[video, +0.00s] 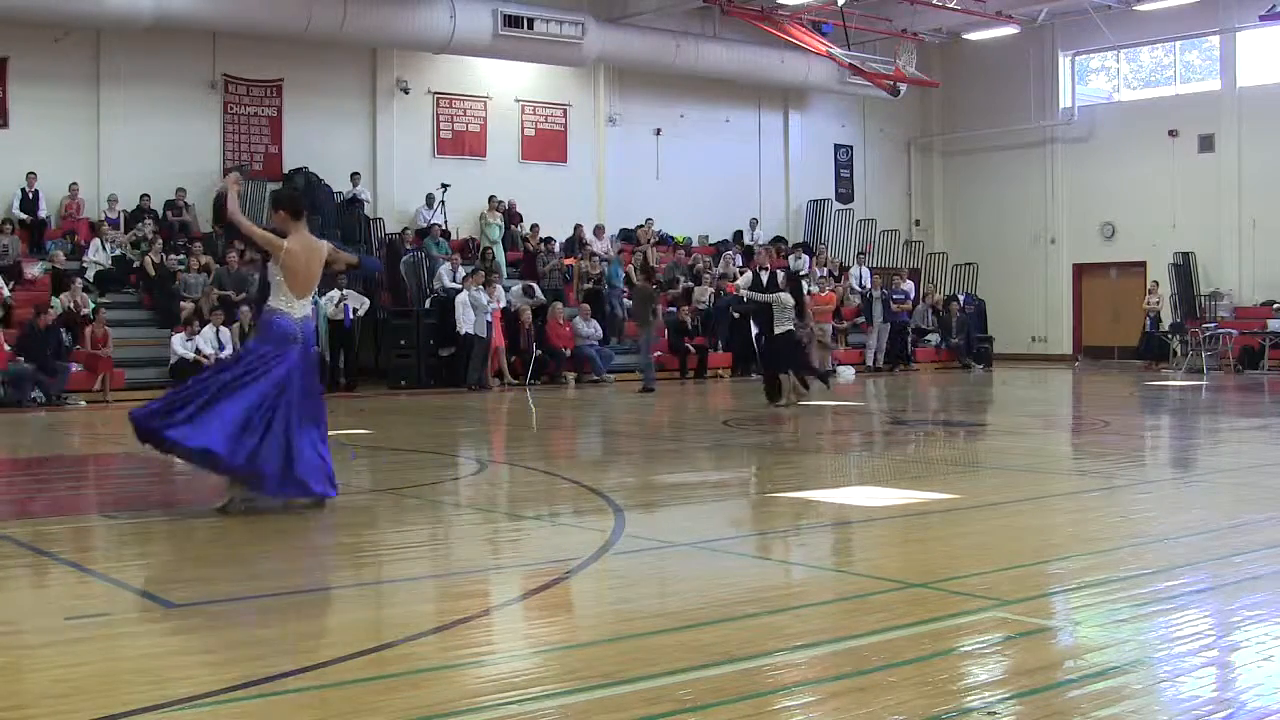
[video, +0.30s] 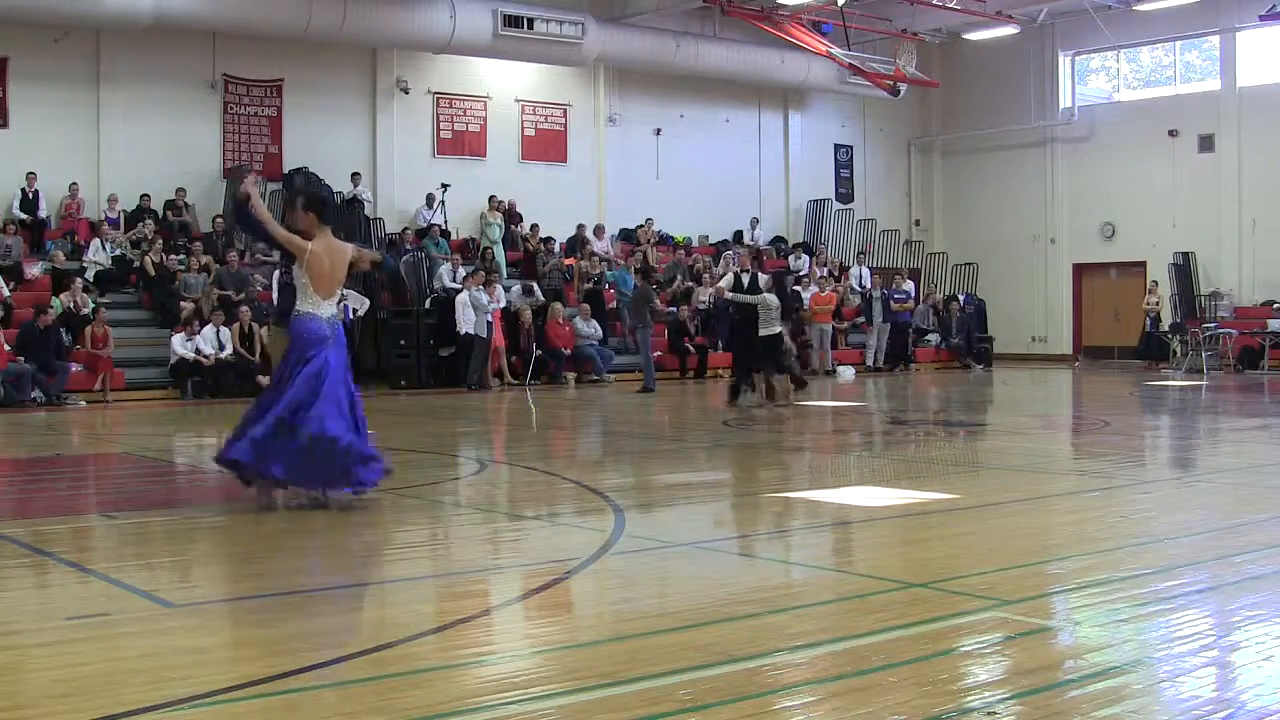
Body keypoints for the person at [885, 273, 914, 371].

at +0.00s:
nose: (896, 281)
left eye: (897, 279)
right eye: (894, 280)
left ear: (901, 281)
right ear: (892, 282)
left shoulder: (906, 293)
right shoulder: (890, 293)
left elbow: (909, 306)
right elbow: (892, 308)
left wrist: (897, 306)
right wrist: (904, 306)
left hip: (904, 320)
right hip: (893, 320)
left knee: (904, 342)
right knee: (894, 343)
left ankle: (907, 361)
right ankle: (895, 363)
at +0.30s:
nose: (897, 281)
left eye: (899, 279)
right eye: (895, 279)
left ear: (903, 280)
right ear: (893, 281)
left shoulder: (907, 293)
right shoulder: (891, 293)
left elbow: (911, 305)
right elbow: (893, 307)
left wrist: (898, 306)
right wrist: (906, 306)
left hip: (905, 321)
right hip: (895, 321)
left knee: (905, 342)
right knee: (895, 343)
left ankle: (906, 362)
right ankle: (895, 364)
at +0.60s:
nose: (898, 281)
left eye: (900, 279)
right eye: (896, 279)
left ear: (904, 280)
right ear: (893, 281)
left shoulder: (908, 293)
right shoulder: (891, 293)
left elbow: (912, 305)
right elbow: (894, 307)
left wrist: (900, 305)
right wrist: (907, 305)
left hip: (906, 321)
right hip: (895, 321)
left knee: (906, 343)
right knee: (895, 343)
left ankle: (907, 363)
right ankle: (896, 364)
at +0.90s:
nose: (900, 282)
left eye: (902, 279)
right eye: (898, 279)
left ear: (905, 280)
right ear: (896, 281)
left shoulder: (909, 293)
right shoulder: (893, 293)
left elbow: (914, 305)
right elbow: (896, 307)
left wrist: (901, 305)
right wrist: (908, 305)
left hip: (907, 321)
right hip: (897, 321)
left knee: (906, 343)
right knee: (896, 343)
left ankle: (907, 363)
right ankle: (896, 364)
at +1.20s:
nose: (900, 281)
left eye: (902, 279)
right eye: (898, 280)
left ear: (906, 281)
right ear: (896, 281)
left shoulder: (910, 293)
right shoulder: (894, 293)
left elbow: (914, 305)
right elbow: (896, 307)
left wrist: (902, 305)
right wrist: (908, 306)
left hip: (907, 321)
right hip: (897, 321)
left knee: (906, 343)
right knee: (896, 343)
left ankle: (906, 363)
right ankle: (896, 364)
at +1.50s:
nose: (901, 281)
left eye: (903, 279)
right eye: (899, 279)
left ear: (906, 281)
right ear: (897, 281)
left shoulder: (911, 293)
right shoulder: (894, 293)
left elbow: (914, 305)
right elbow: (896, 307)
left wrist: (902, 305)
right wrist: (909, 306)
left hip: (908, 321)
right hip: (897, 321)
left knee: (906, 343)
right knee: (897, 344)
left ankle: (907, 363)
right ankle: (896, 364)